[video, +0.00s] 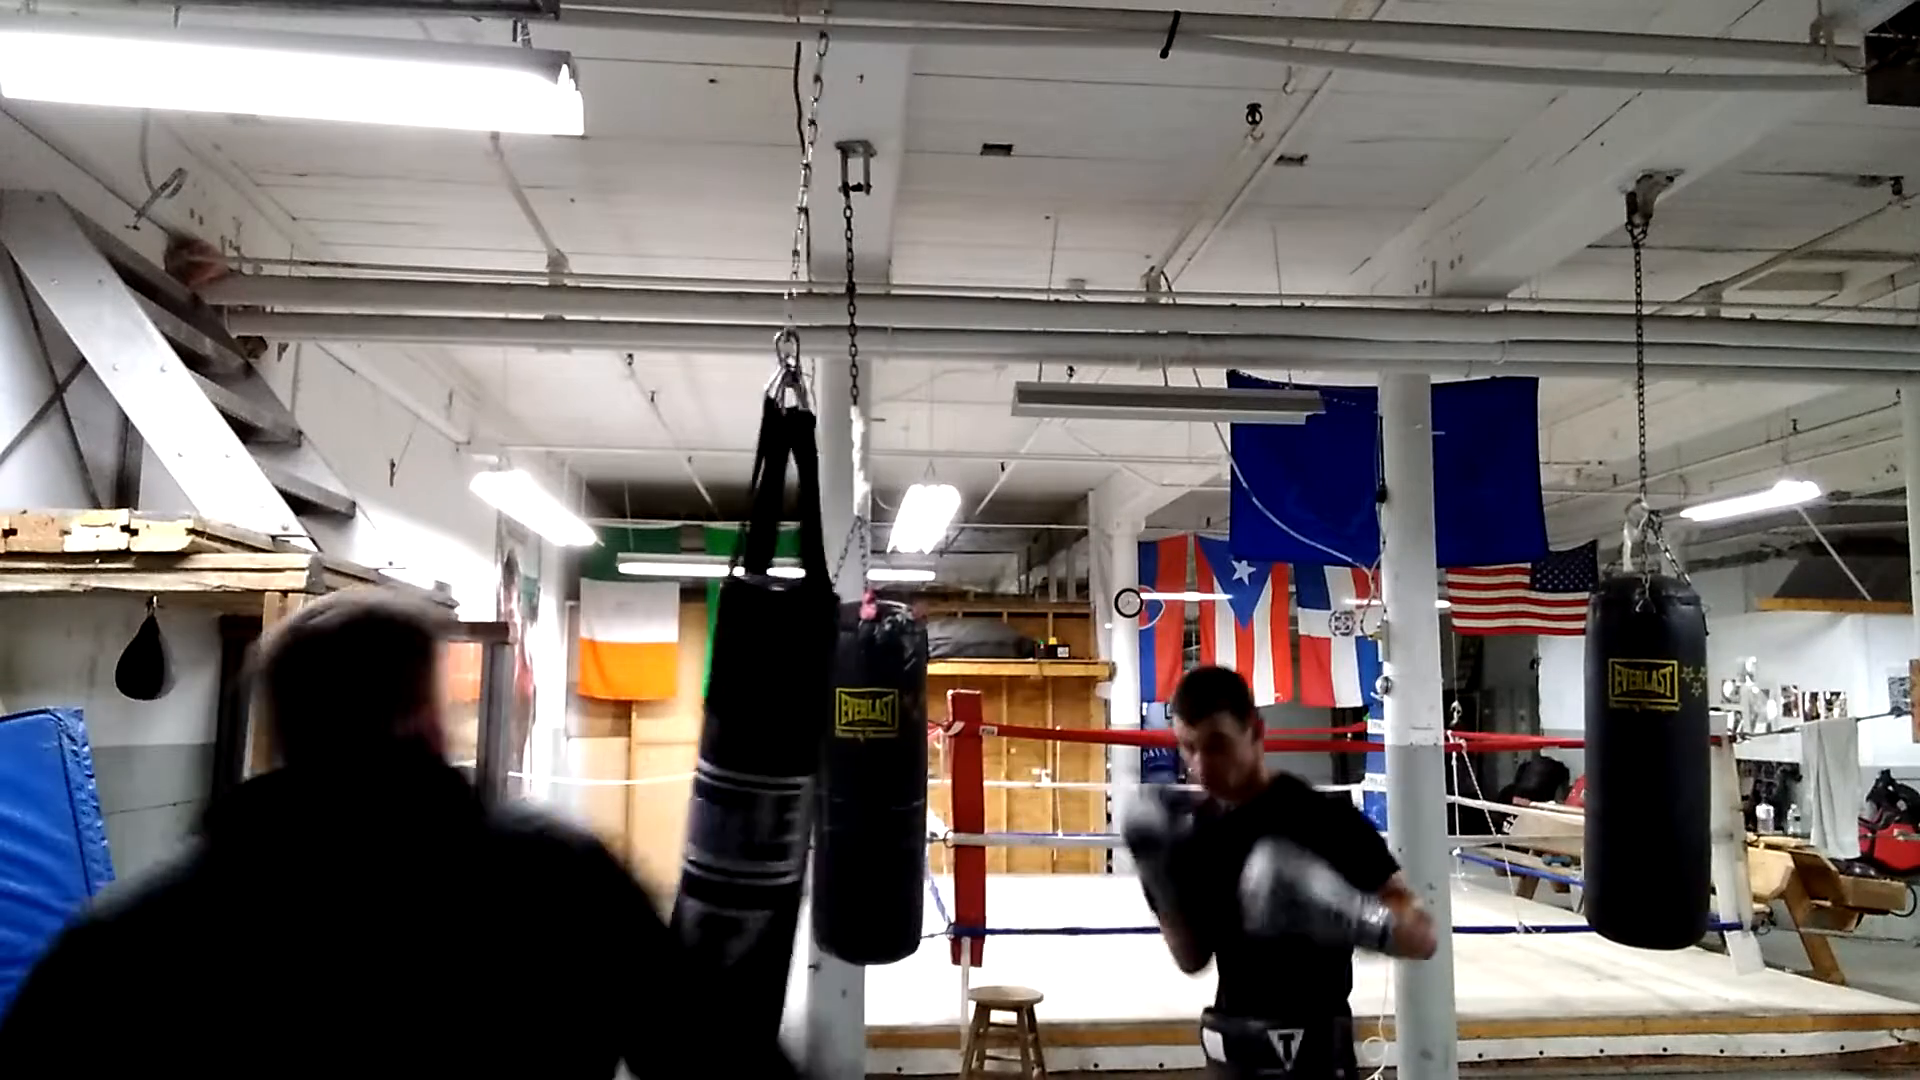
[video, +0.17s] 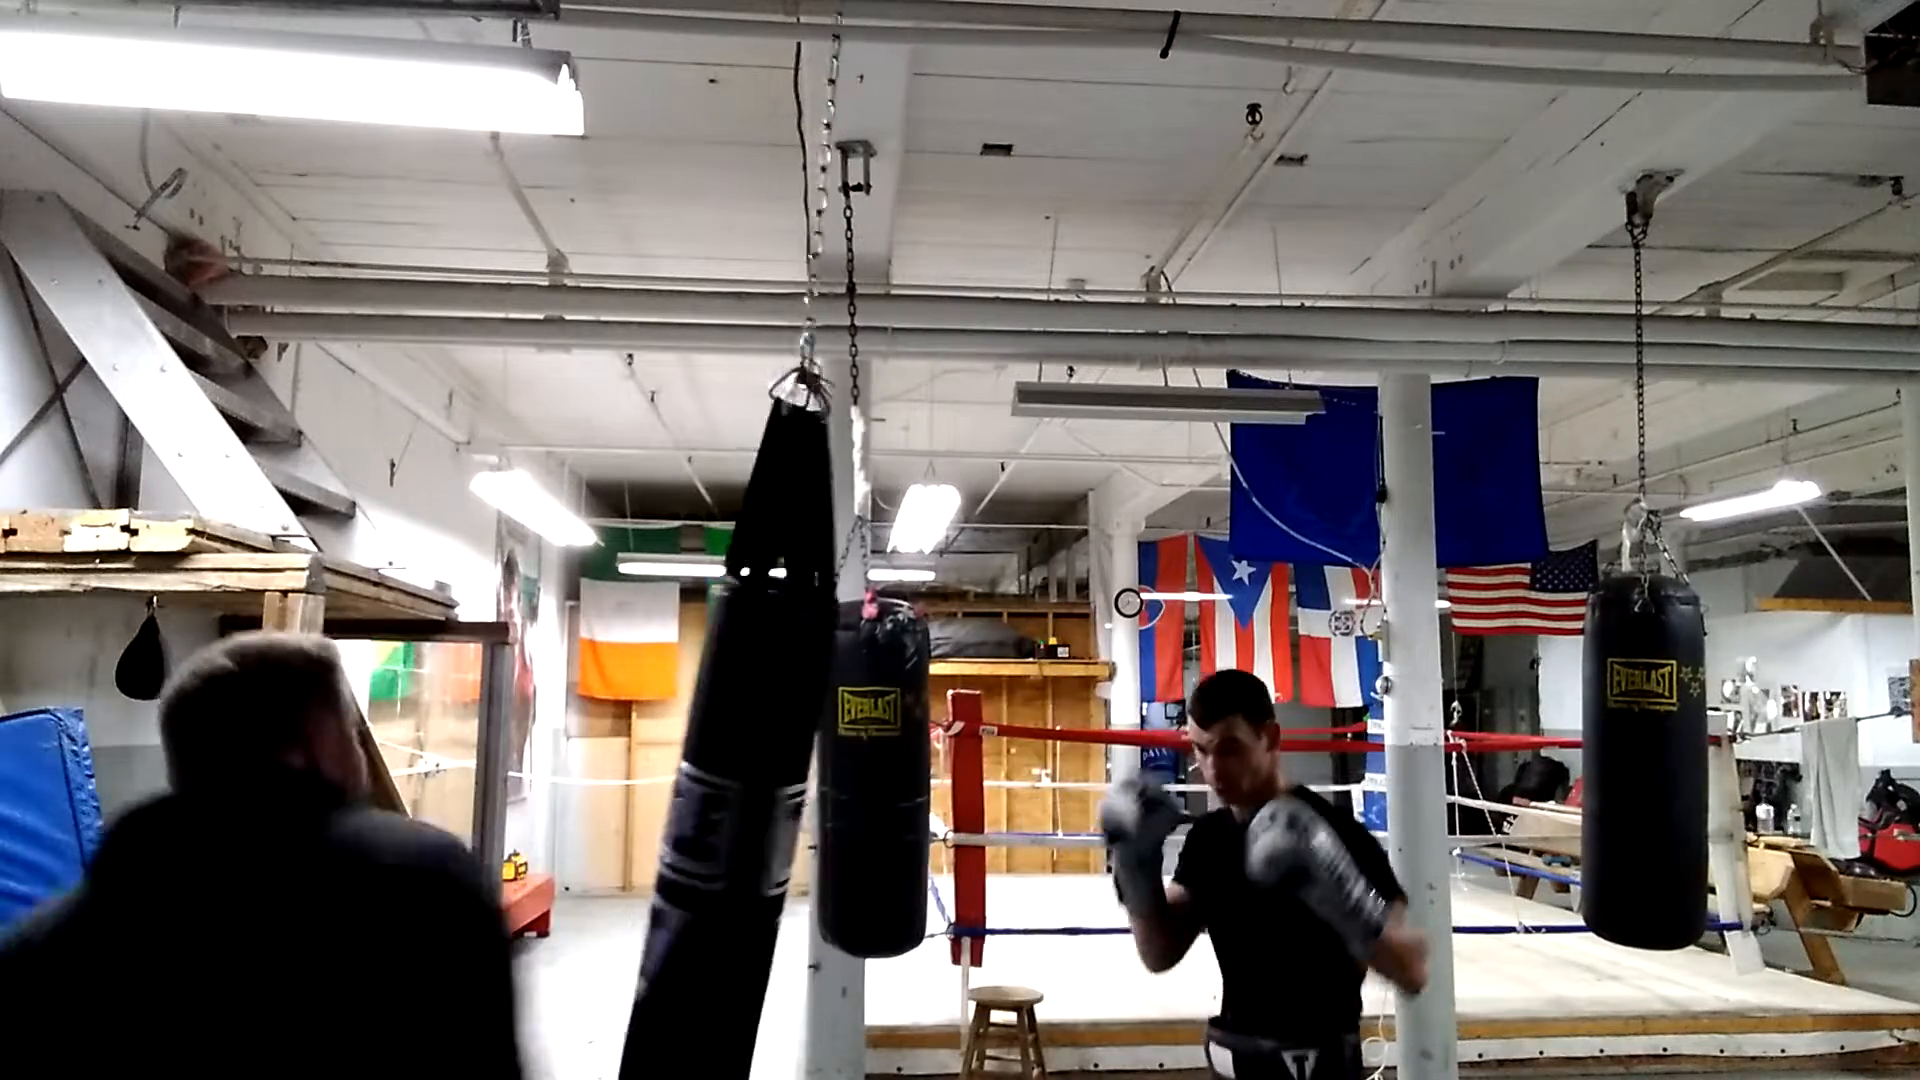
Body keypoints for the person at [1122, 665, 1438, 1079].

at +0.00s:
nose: (1201, 765)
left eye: (1216, 745)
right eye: (1189, 749)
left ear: (1256, 731)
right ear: (1178, 746)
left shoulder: (1326, 818)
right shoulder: (1199, 831)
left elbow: (1421, 937)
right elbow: (1192, 958)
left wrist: (1334, 903)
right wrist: (1155, 865)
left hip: (1317, 1043)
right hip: (1235, 1043)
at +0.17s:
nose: (1212, 769)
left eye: (1229, 749)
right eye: (1202, 751)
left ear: (1271, 740)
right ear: (1192, 748)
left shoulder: (1333, 829)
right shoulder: (1210, 837)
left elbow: (1412, 972)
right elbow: (1161, 954)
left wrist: (1325, 880)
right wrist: (1137, 860)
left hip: (1324, 1055)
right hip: (1239, 1053)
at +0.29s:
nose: (1205, 776)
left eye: (1224, 756)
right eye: (1196, 757)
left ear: (1268, 746)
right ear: (1187, 751)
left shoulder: (1338, 852)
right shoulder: (1210, 838)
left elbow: (1379, 1000)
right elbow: (1191, 972)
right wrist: (1155, 909)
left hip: (1322, 1064)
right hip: (1240, 1056)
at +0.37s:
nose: (1193, 783)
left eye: (1213, 765)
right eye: (1184, 765)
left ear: (1258, 756)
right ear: (1175, 762)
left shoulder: (1330, 872)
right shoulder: (1205, 842)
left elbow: (1363, 1016)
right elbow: (1234, 945)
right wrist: (1178, 944)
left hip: (1318, 1079)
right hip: (1243, 1072)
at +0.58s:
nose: (1168, 781)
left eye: (1184, 761)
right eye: (1159, 763)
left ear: (1235, 751)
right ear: (1152, 759)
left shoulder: (1305, 857)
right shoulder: (1211, 838)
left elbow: (1367, 1026)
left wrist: (1221, 982)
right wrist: (1145, 897)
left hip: (1307, 1074)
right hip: (1232, 1060)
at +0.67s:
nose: (1176, 744)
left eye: (1191, 722)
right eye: (1168, 725)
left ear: (1243, 711)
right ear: (1159, 723)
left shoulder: (1315, 812)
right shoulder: (1213, 807)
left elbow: (1388, 980)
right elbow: (1190, 938)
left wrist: (1255, 918)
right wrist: (1150, 850)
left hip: (1321, 1050)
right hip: (1246, 1037)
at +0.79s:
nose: (1192, 737)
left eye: (1212, 715)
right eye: (1183, 719)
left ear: (1266, 704)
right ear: (1178, 715)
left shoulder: (1349, 814)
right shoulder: (1223, 810)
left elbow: (1430, 979)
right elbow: (1196, 947)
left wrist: (1291, 923)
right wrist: (1167, 864)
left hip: (1346, 1058)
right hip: (1267, 1050)